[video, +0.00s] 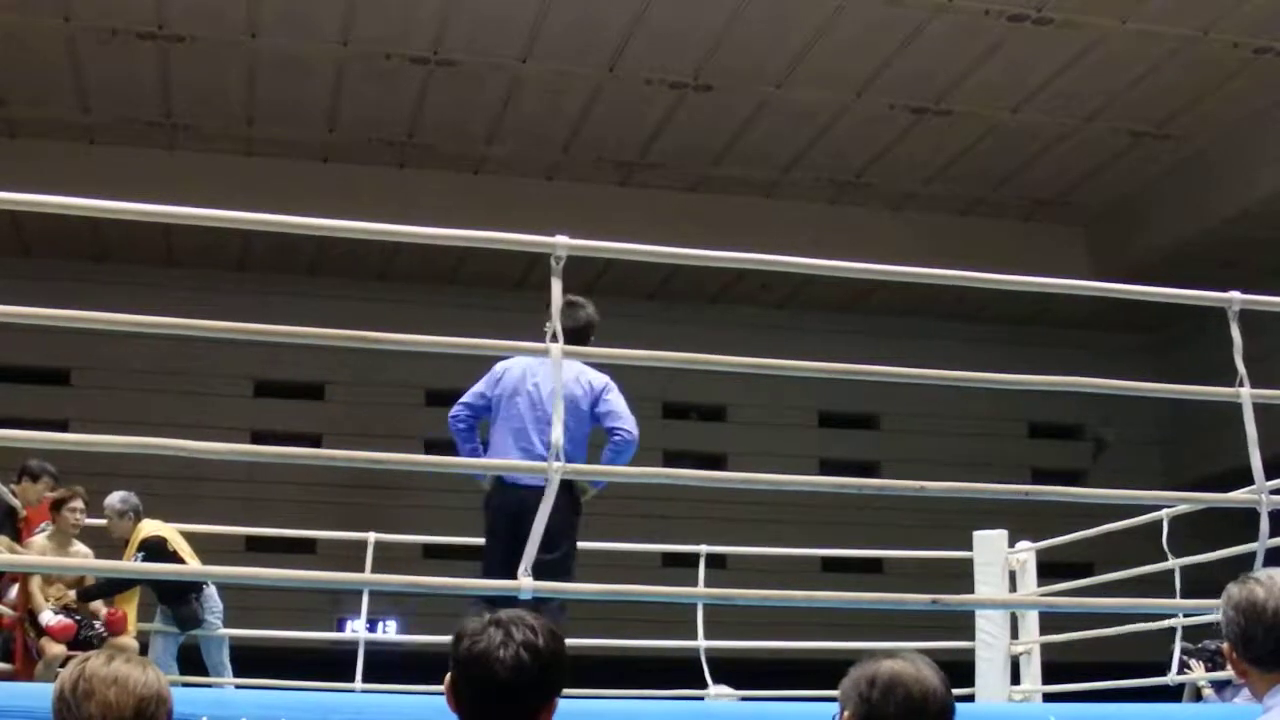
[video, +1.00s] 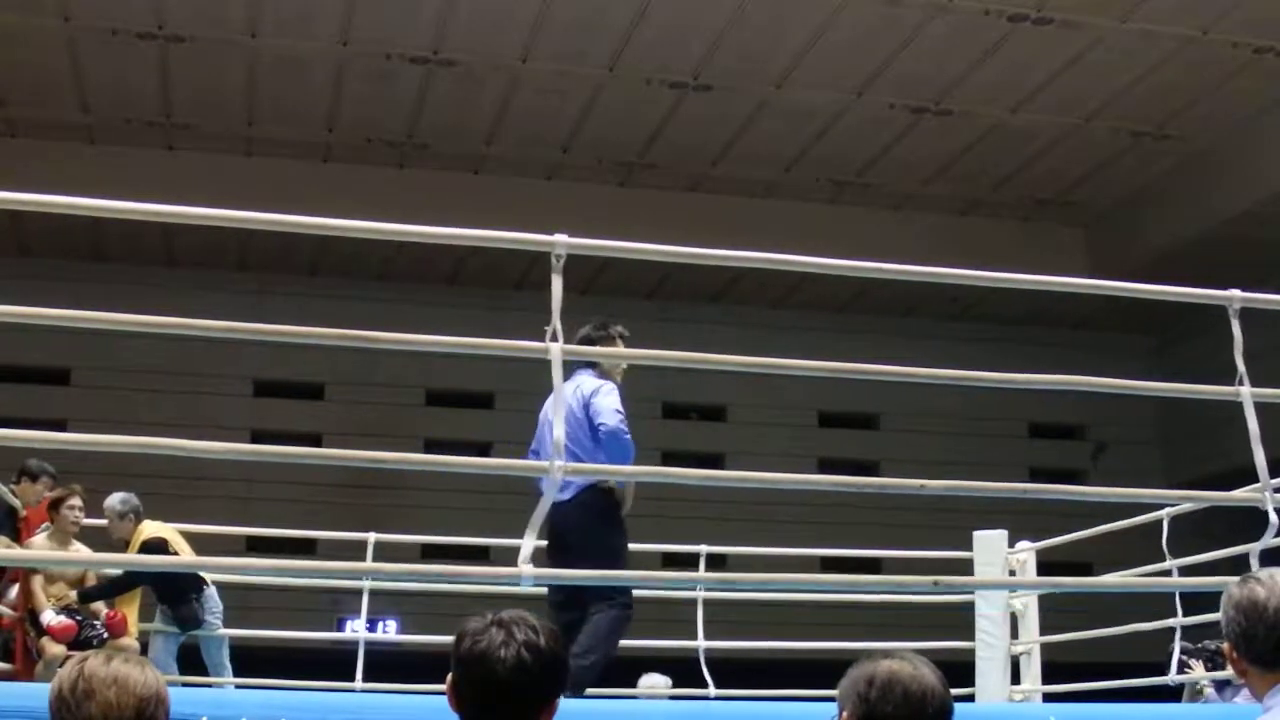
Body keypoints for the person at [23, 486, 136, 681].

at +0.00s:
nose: (78, 517)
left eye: (82, 512)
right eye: (72, 511)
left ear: (86, 516)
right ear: (55, 515)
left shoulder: (85, 553)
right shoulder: (36, 545)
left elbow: (90, 593)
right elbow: (33, 587)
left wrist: (104, 613)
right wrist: (48, 618)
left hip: (77, 613)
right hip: (42, 611)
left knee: (128, 646)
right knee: (56, 652)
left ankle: (107, 703)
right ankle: (38, 704)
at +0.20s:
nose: (80, 519)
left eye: (84, 513)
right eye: (73, 512)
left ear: (87, 517)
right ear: (57, 515)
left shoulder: (87, 552)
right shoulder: (38, 545)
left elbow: (92, 593)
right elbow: (34, 588)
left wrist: (106, 614)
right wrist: (48, 618)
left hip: (77, 613)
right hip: (43, 611)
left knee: (129, 646)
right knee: (56, 652)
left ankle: (116, 705)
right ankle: (38, 704)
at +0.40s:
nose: (80, 517)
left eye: (84, 512)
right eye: (73, 511)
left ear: (87, 515)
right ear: (57, 515)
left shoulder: (88, 552)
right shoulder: (38, 544)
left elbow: (92, 593)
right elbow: (35, 587)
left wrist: (106, 614)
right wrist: (49, 618)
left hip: (79, 614)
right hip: (43, 612)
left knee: (128, 646)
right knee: (56, 652)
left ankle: (116, 705)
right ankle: (37, 704)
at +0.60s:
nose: (79, 516)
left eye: (83, 511)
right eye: (73, 510)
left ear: (86, 515)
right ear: (55, 514)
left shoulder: (88, 552)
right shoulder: (38, 544)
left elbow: (92, 593)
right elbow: (36, 587)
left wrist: (106, 614)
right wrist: (50, 618)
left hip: (78, 613)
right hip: (43, 611)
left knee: (129, 646)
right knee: (56, 652)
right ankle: (38, 704)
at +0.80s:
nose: (78, 516)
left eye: (81, 510)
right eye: (71, 509)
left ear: (85, 514)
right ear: (54, 513)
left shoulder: (87, 552)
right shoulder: (36, 545)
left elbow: (91, 594)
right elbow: (36, 587)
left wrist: (106, 615)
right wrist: (50, 618)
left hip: (79, 614)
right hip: (43, 612)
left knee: (129, 646)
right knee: (55, 652)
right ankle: (37, 706)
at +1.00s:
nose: (77, 515)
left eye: (81, 510)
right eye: (70, 509)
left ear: (84, 514)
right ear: (54, 513)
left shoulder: (85, 552)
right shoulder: (35, 545)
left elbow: (91, 593)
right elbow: (36, 587)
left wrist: (106, 615)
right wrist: (50, 618)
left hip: (78, 614)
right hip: (43, 612)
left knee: (129, 647)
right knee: (55, 652)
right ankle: (37, 706)